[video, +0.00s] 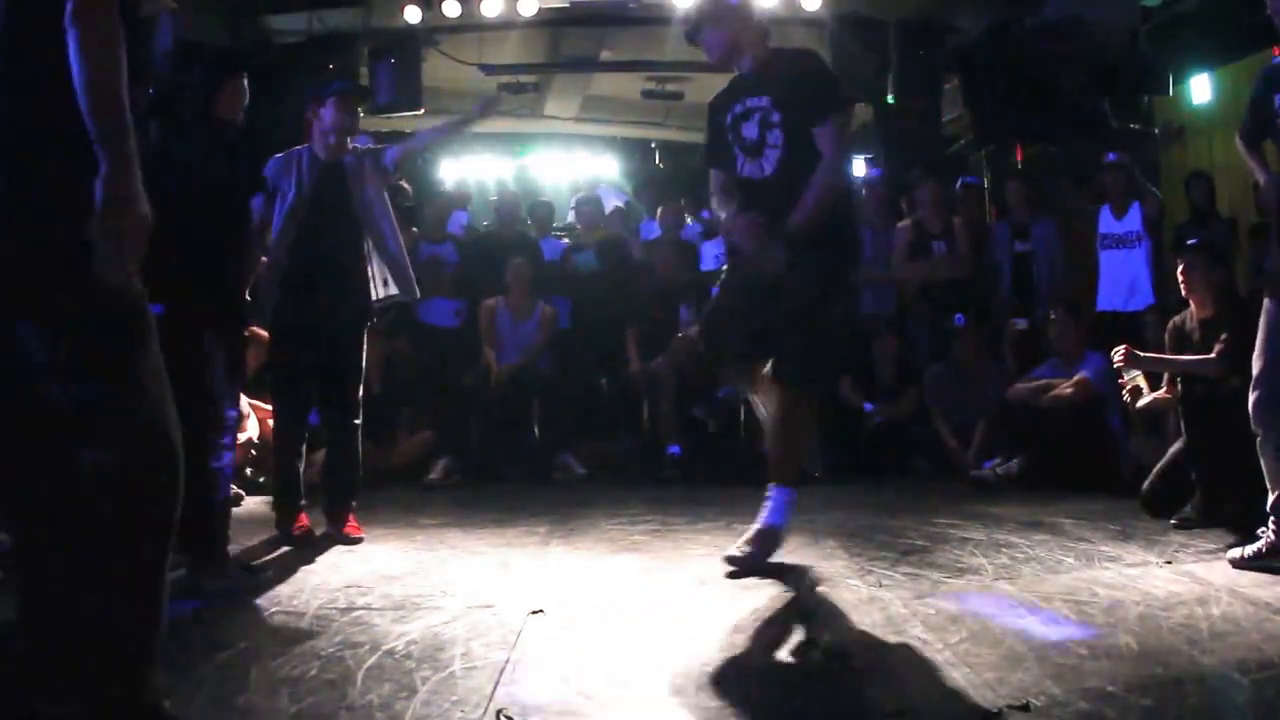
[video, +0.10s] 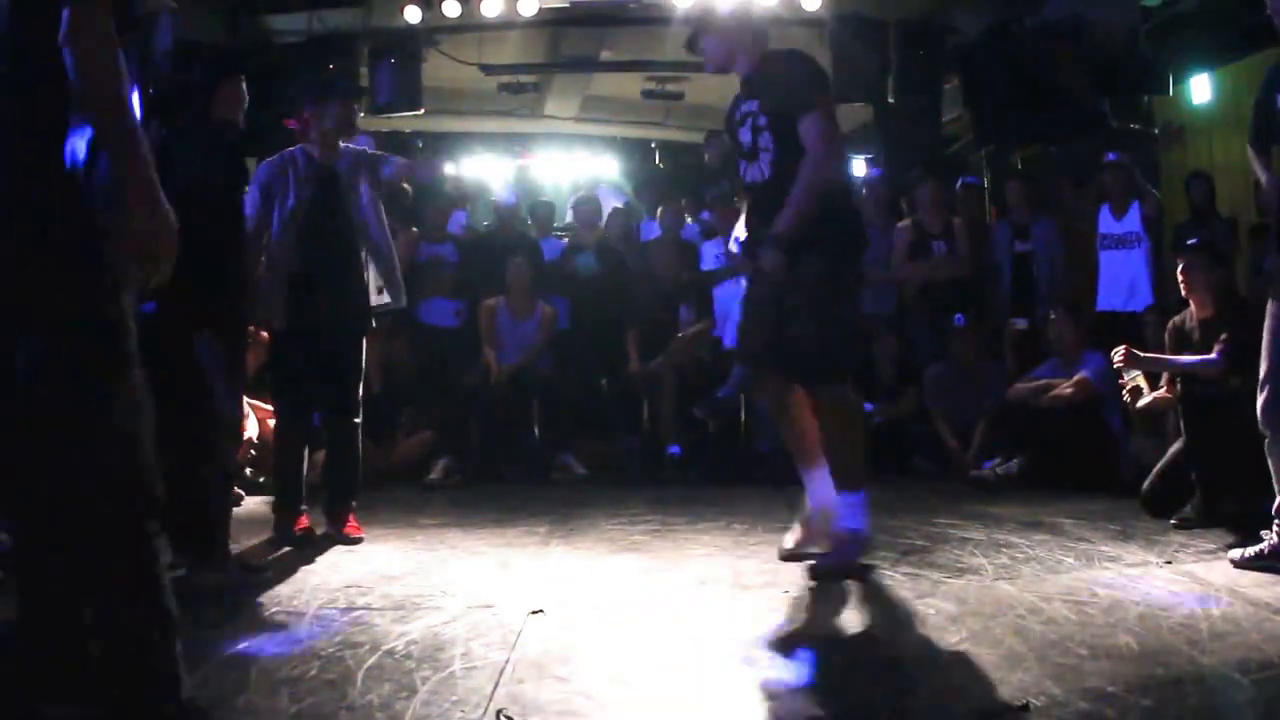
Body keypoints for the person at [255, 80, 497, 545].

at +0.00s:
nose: (350, 120)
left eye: (354, 113)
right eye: (341, 111)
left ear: (356, 121)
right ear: (316, 115)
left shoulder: (366, 161)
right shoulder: (284, 166)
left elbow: (416, 143)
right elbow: (254, 230)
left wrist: (470, 119)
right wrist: (242, 288)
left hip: (349, 306)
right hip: (293, 305)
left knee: (345, 414)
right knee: (290, 417)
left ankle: (342, 511)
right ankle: (291, 513)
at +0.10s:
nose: (339, 125)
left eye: (344, 116)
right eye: (330, 115)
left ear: (349, 121)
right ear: (307, 117)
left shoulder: (360, 164)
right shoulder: (275, 172)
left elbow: (413, 171)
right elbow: (251, 240)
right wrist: (253, 305)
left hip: (347, 308)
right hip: (293, 308)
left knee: (344, 415)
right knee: (292, 415)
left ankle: (341, 510)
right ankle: (290, 512)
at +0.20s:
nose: (340, 118)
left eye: (340, 110)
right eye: (329, 109)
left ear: (341, 116)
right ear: (300, 117)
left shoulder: (359, 167)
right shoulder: (271, 177)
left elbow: (403, 206)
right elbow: (255, 251)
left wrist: (447, 257)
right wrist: (262, 313)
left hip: (347, 314)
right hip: (291, 314)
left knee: (345, 418)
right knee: (289, 421)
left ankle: (342, 511)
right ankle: (290, 512)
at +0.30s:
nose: (344, 117)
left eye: (341, 110)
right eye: (333, 111)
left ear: (332, 120)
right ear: (304, 121)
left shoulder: (355, 171)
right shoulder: (271, 181)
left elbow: (379, 232)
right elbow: (257, 253)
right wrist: (261, 319)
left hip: (343, 317)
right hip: (290, 320)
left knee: (352, 413)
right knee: (288, 421)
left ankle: (342, 506)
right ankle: (291, 512)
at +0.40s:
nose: (353, 122)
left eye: (352, 113)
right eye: (344, 113)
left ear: (343, 120)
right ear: (316, 117)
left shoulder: (351, 175)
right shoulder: (275, 178)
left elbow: (353, 246)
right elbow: (259, 253)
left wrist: (361, 305)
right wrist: (265, 317)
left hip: (342, 314)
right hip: (291, 317)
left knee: (360, 403)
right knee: (288, 419)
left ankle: (338, 497)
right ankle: (289, 511)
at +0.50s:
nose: (362, 134)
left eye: (363, 125)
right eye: (357, 124)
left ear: (344, 124)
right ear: (332, 120)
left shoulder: (339, 173)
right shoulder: (298, 170)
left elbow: (340, 249)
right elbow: (288, 249)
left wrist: (354, 307)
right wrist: (293, 317)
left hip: (339, 315)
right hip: (300, 316)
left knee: (359, 402)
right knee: (294, 416)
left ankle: (339, 493)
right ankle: (290, 514)